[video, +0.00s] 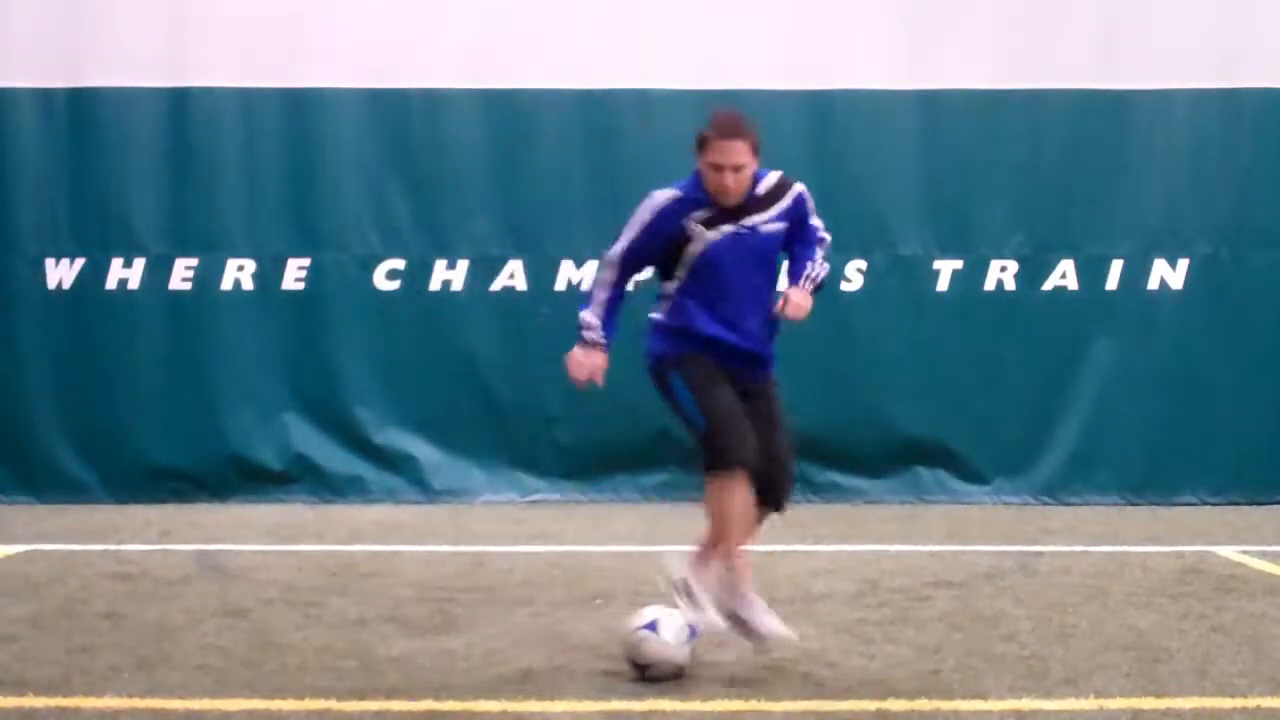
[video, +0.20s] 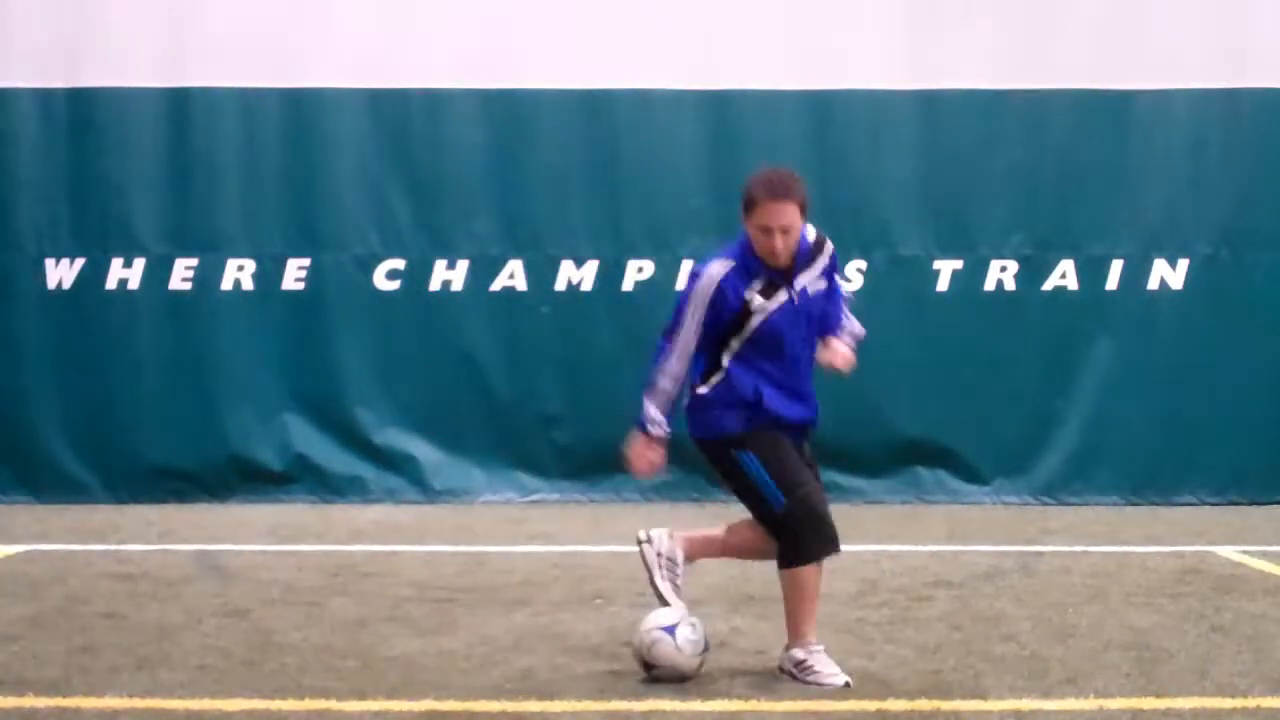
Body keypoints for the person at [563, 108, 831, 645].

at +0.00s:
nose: (729, 181)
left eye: (739, 169)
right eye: (717, 169)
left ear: (756, 163)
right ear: (699, 164)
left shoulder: (786, 197)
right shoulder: (673, 208)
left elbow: (814, 243)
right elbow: (616, 265)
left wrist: (803, 285)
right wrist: (593, 338)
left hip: (750, 357)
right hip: (685, 350)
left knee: (772, 479)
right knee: (732, 450)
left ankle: (697, 572)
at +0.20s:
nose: (777, 243)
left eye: (787, 230)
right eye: (764, 231)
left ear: (803, 222)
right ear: (746, 224)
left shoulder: (818, 253)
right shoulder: (720, 277)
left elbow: (836, 307)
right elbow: (677, 351)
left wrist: (841, 338)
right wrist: (652, 426)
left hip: (790, 417)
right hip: (731, 421)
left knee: (794, 534)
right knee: (807, 522)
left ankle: (677, 547)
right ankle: (802, 649)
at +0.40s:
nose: (776, 211)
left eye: (787, 198)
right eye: (764, 199)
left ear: (801, 192)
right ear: (744, 191)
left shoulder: (818, 228)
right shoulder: (712, 235)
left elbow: (846, 274)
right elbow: (653, 295)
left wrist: (861, 312)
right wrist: (625, 369)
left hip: (787, 399)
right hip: (724, 402)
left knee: (817, 507)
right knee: (780, 512)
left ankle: (702, 561)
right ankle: (798, 647)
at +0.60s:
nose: (746, 195)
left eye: (757, 183)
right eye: (735, 182)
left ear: (775, 179)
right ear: (718, 177)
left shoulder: (797, 229)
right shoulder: (685, 224)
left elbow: (820, 296)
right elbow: (631, 284)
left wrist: (824, 355)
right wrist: (614, 362)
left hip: (758, 394)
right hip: (685, 390)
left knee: (770, 519)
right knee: (691, 493)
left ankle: (765, 633)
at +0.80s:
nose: (684, 163)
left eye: (694, 152)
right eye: (674, 154)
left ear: (713, 151)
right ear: (659, 156)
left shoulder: (744, 198)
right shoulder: (628, 205)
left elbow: (777, 260)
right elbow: (583, 273)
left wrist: (781, 310)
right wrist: (565, 329)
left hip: (720, 379)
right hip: (643, 373)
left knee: (735, 498)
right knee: (587, 469)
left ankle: (755, 621)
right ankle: (535, 592)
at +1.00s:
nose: (600, 169)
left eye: (610, 157)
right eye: (590, 159)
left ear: (634, 154)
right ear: (578, 161)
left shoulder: (669, 201)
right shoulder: (555, 214)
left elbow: (715, 254)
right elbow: (523, 276)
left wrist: (709, 314)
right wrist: (504, 333)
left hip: (657, 366)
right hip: (586, 378)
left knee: (676, 444)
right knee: (568, 503)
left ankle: (672, 562)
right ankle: (578, 618)